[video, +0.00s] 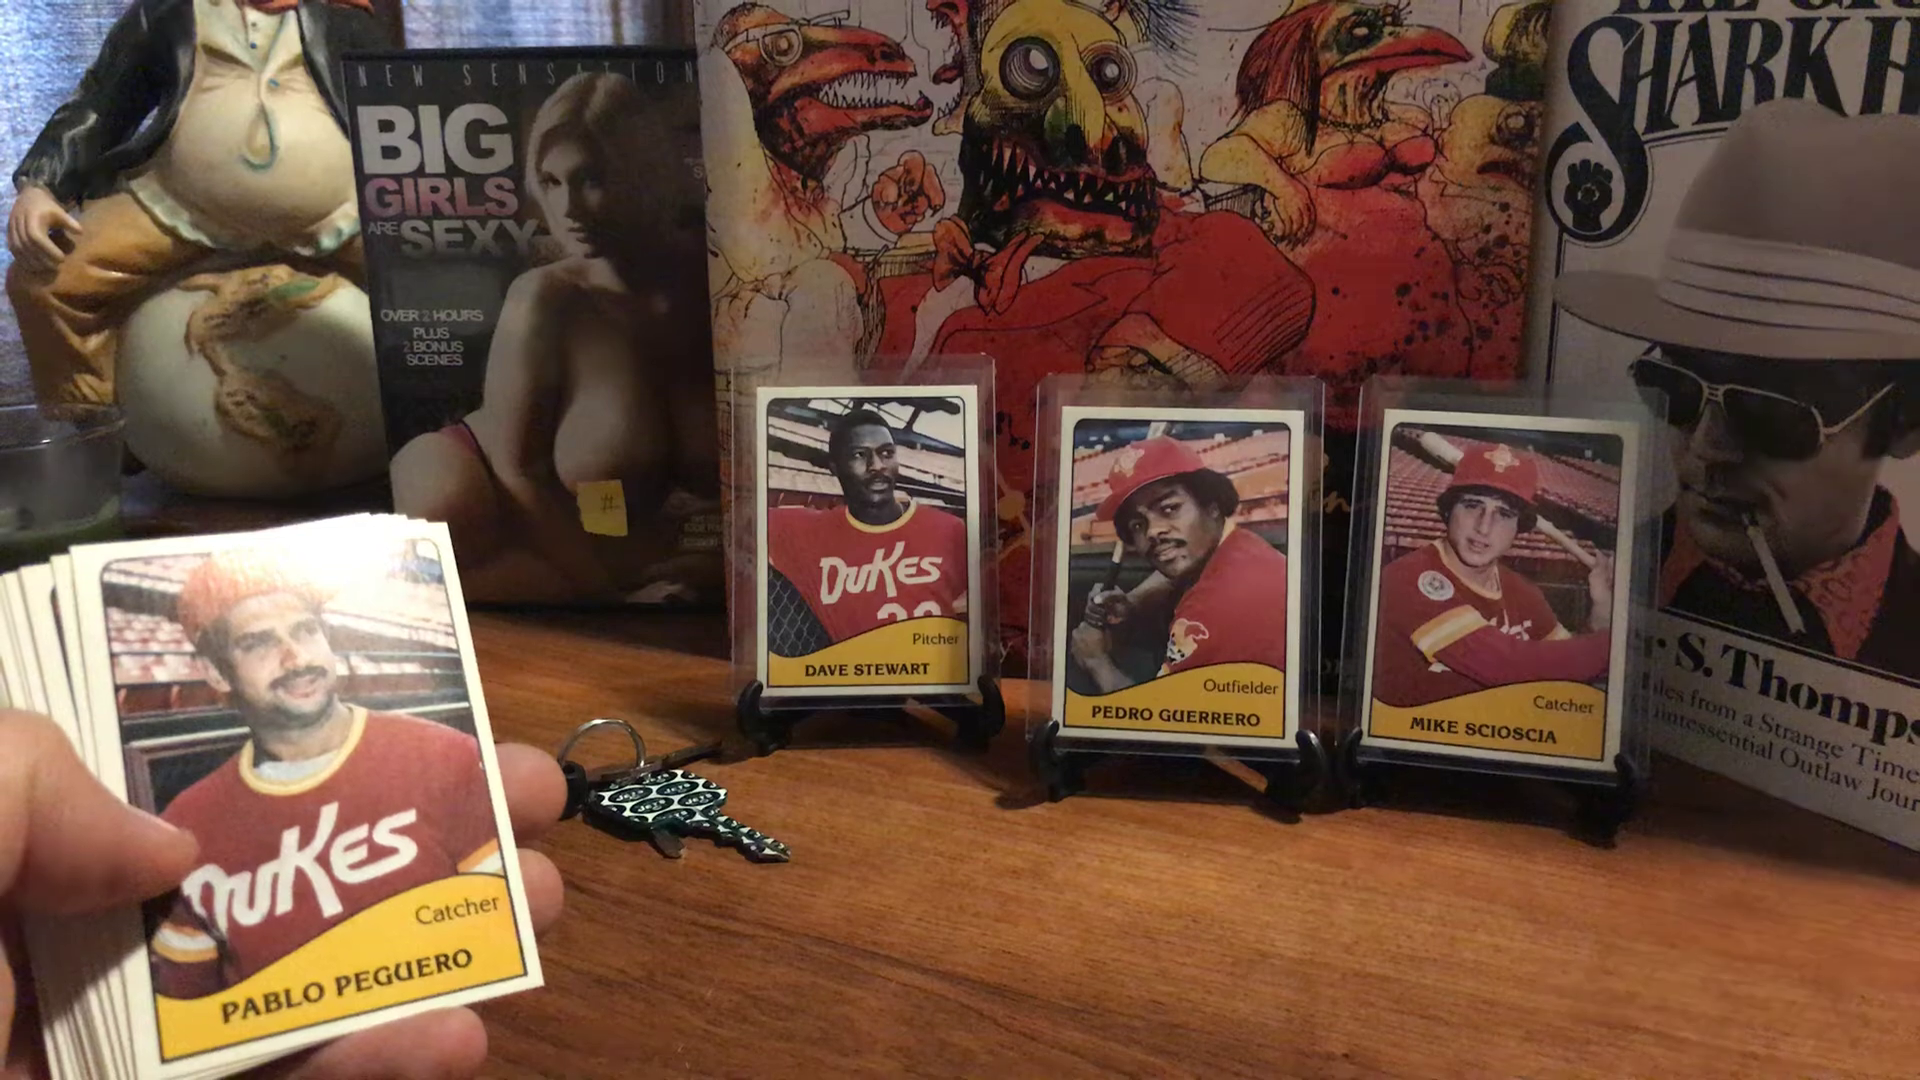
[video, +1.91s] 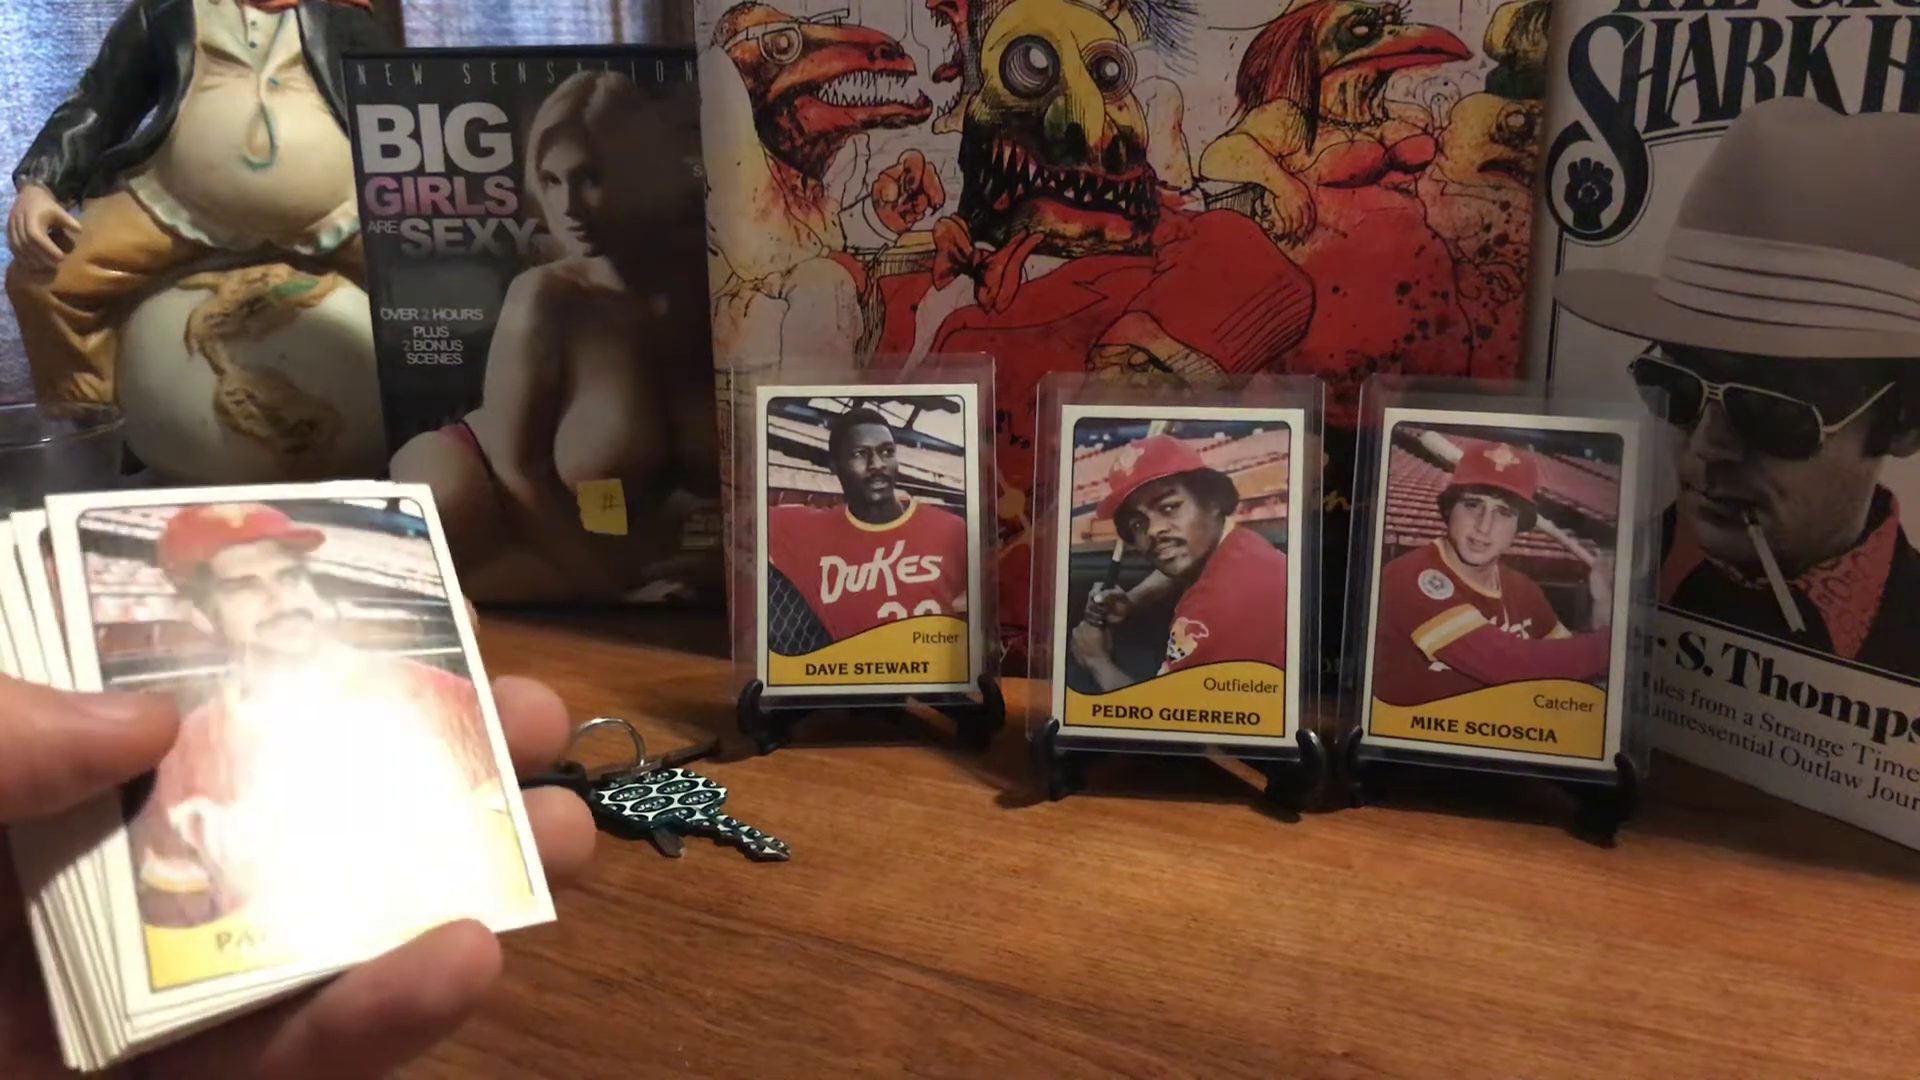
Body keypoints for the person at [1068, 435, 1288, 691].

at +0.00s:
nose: (1154, 531)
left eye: (1169, 508)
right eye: (1138, 525)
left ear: (1212, 507)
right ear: (1133, 543)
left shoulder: (1214, 608)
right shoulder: (1245, 545)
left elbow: (1160, 722)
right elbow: (1183, 568)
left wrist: (1097, 662)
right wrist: (1132, 604)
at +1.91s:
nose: (1155, 530)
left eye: (1169, 507)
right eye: (1139, 523)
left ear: (1212, 503)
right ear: (1133, 540)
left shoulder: (1211, 608)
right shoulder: (1247, 544)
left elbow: (1161, 718)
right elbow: (1185, 563)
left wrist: (1098, 662)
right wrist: (1132, 601)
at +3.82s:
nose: (1155, 530)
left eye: (1169, 508)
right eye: (1139, 523)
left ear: (1213, 503)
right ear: (1132, 539)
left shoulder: (1212, 607)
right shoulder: (1249, 546)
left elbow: (1162, 719)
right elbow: (1183, 565)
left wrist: (1097, 661)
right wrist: (1133, 602)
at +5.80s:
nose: (1156, 530)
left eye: (1170, 508)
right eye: (1140, 521)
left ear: (1213, 505)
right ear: (1133, 537)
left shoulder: (1210, 606)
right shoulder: (1247, 545)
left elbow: (1158, 720)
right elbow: (1184, 565)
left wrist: (1097, 661)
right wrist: (1131, 602)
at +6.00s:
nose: (1156, 530)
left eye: (1171, 508)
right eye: (1141, 521)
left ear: (1213, 505)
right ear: (1133, 537)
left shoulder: (1211, 607)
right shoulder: (1247, 544)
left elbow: (1159, 720)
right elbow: (1184, 565)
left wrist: (1098, 662)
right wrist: (1131, 602)